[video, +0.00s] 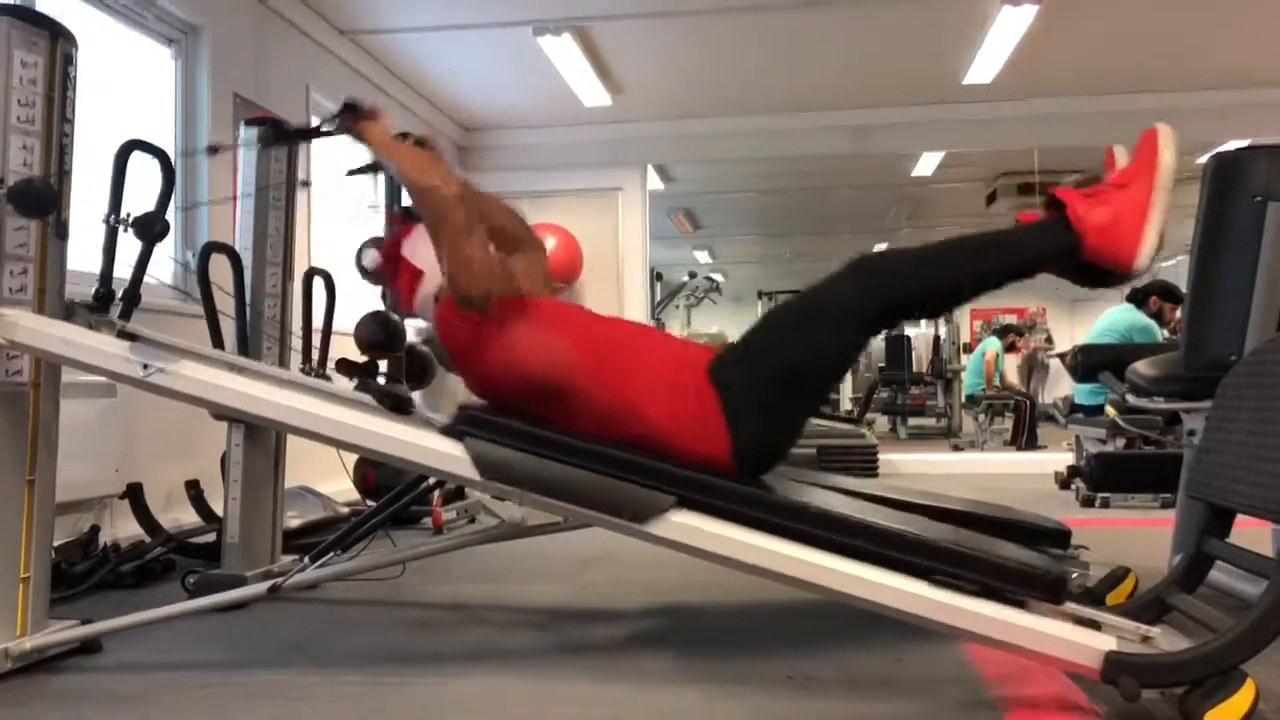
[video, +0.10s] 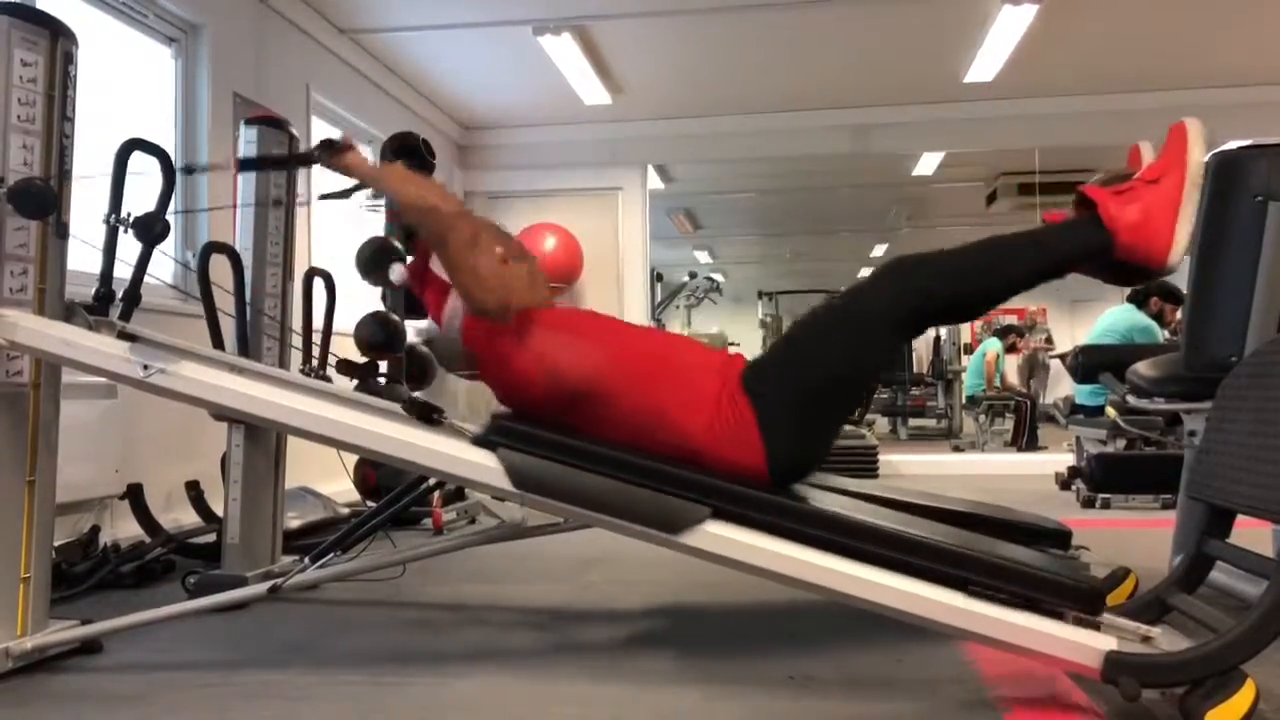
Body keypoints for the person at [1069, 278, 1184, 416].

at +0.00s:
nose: (1174, 318)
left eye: (1176, 311)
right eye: (1173, 310)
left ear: (1153, 302)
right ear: (1154, 303)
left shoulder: (1116, 312)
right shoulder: (1145, 325)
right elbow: (1161, 371)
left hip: (1083, 397)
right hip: (1103, 401)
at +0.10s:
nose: (1174, 319)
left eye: (1176, 312)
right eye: (1173, 311)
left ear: (1154, 303)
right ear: (1155, 304)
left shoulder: (1115, 312)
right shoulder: (1146, 326)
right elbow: (1161, 372)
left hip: (1083, 398)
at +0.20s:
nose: (1174, 319)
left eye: (1176, 311)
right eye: (1173, 310)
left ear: (1154, 303)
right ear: (1155, 303)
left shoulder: (1117, 312)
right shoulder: (1146, 325)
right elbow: (1161, 370)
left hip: (1083, 397)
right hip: (1104, 401)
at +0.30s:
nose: (1175, 318)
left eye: (1177, 311)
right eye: (1173, 310)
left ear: (1154, 303)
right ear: (1156, 303)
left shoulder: (1118, 311)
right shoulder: (1146, 325)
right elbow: (1161, 369)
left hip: (1084, 397)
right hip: (1104, 401)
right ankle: (1072, 406)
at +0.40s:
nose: (1175, 318)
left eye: (1177, 311)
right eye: (1173, 310)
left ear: (1154, 304)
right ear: (1156, 303)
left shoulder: (1115, 313)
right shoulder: (1146, 325)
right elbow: (1162, 368)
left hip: (1085, 399)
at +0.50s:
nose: (1175, 319)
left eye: (1177, 311)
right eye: (1173, 310)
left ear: (1155, 302)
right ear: (1156, 303)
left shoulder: (1116, 313)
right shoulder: (1146, 325)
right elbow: (1162, 369)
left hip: (1084, 398)